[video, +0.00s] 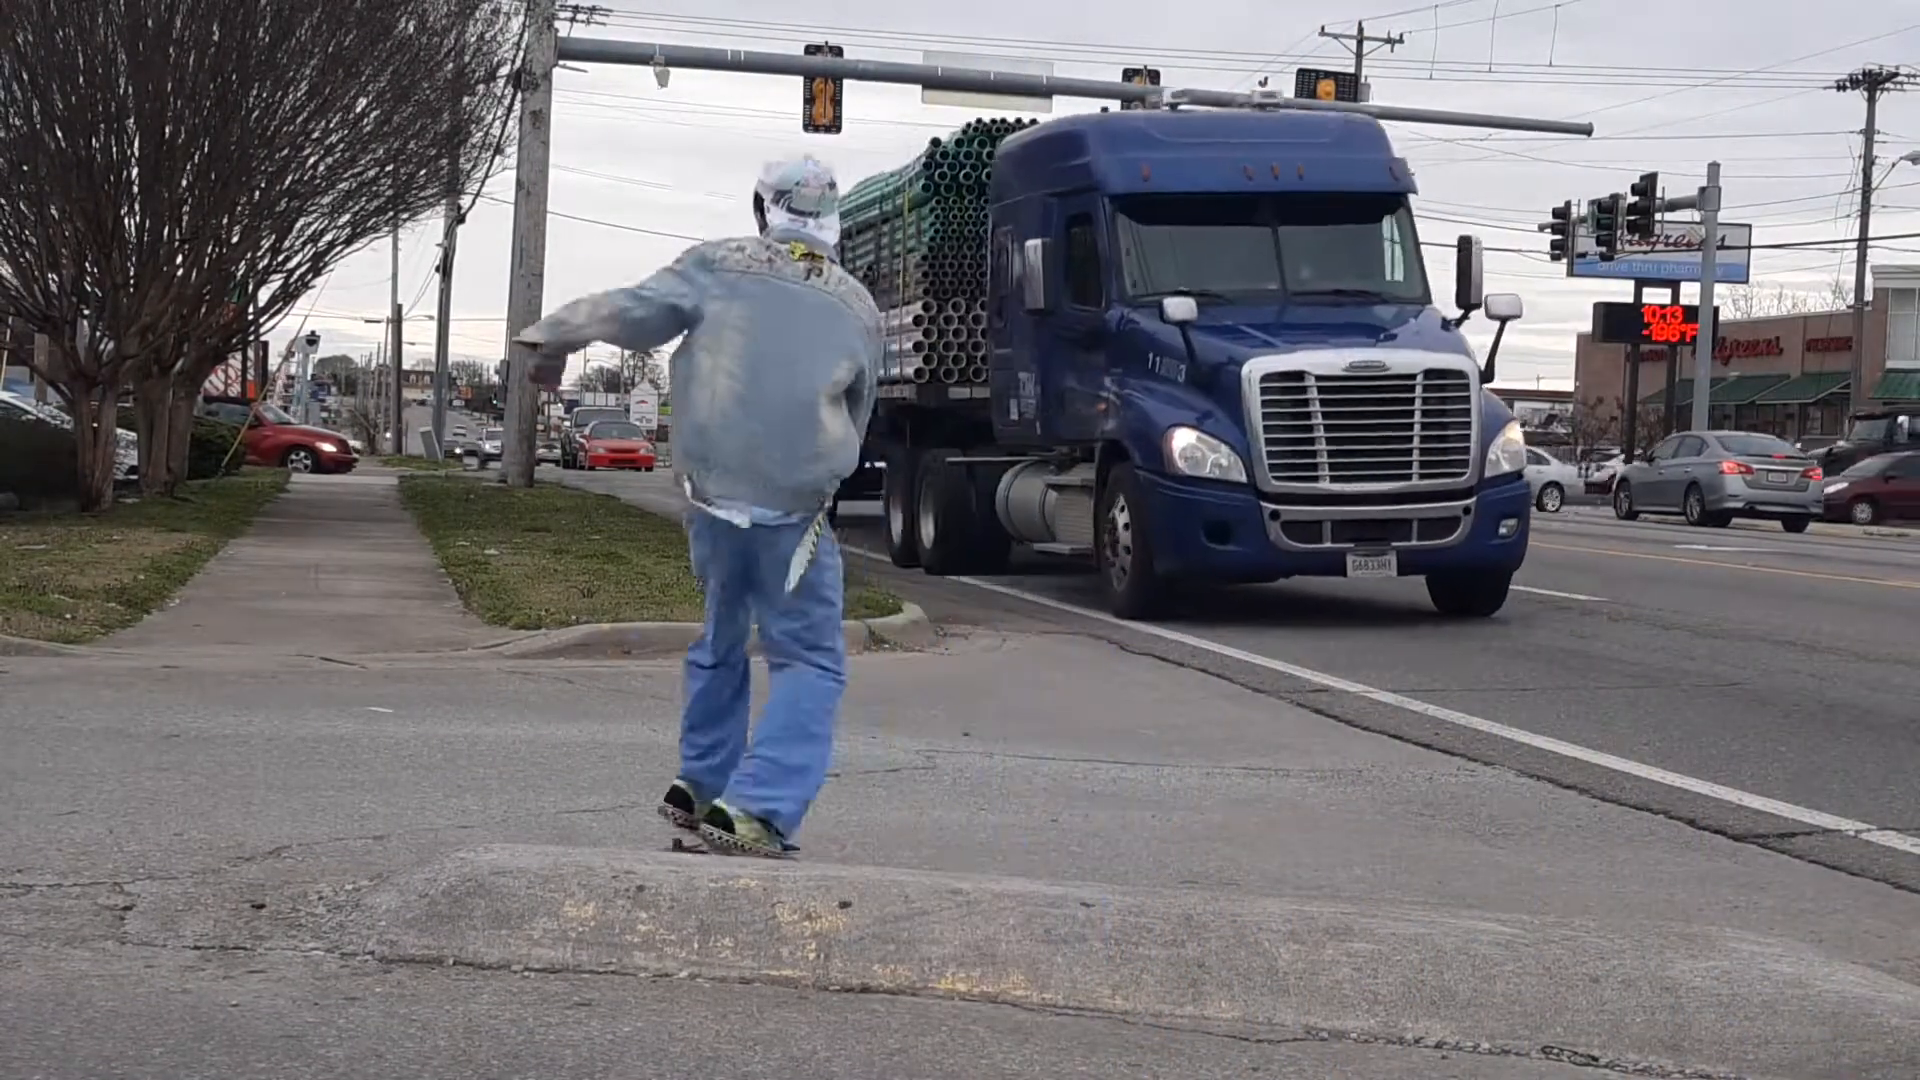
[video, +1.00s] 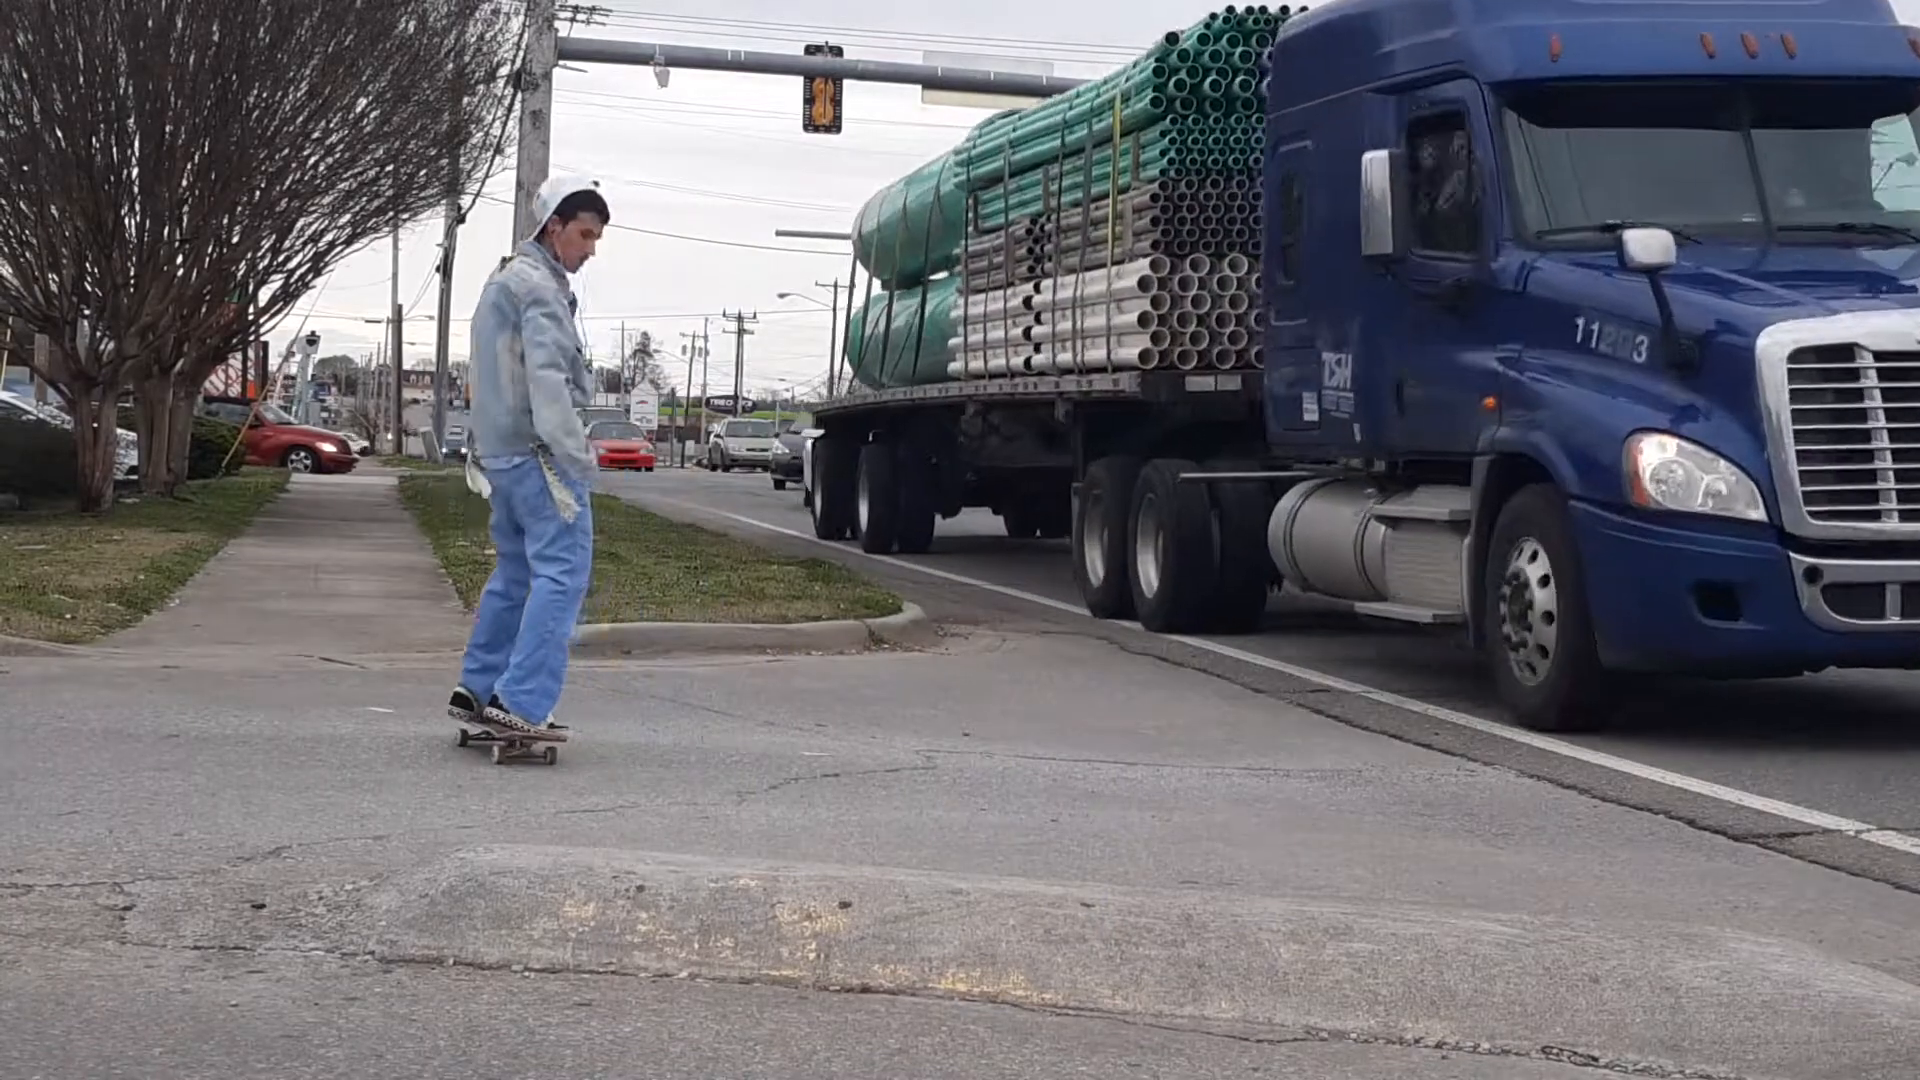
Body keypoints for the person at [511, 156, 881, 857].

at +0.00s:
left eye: (774, 208)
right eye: (825, 215)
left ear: (763, 210)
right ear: (833, 219)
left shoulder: (716, 264)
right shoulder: (859, 307)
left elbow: (628, 310)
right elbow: (856, 421)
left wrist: (548, 337)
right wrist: (811, 472)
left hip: (712, 490)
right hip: (796, 502)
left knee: (721, 641)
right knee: (811, 662)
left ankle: (700, 783)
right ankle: (757, 812)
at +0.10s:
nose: (734, 232)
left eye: (728, 220)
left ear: (729, 224)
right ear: (796, 232)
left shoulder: (688, 286)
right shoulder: (825, 317)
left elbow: (616, 367)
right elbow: (801, 396)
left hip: (682, 494)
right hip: (768, 507)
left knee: (689, 634)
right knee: (767, 658)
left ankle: (663, 776)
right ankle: (700, 805)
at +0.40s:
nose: (674, 230)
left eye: (651, 216)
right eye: (685, 220)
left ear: (635, 219)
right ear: (694, 224)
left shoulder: (589, 286)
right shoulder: (719, 300)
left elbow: (583, 386)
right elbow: (728, 392)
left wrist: (631, 454)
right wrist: (690, 457)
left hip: (612, 480)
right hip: (686, 483)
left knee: (622, 612)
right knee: (685, 622)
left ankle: (606, 743)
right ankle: (649, 764)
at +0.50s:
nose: (673, 232)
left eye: (665, 221)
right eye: (675, 223)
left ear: (616, 218)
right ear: (673, 225)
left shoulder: (561, 285)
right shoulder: (686, 292)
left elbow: (545, 379)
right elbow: (711, 401)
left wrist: (591, 451)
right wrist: (729, 485)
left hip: (587, 479)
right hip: (655, 478)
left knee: (603, 603)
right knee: (671, 607)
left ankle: (588, 732)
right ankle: (636, 750)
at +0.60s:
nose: (662, 243)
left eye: (663, 232)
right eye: (663, 232)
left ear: (602, 219)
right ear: (650, 225)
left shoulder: (539, 283)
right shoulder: (652, 285)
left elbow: (509, 381)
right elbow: (707, 390)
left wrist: (519, 462)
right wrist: (766, 456)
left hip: (558, 467)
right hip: (620, 469)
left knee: (580, 591)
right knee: (652, 592)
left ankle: (565, 724)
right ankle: (621, 743)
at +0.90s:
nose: (612, 252)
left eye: (616, 241)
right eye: (610, 238)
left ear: (578, 228)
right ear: (578, 225)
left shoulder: (509, 280)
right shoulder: (564, 285)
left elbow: (475, 374)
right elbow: (604, 378)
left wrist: (468, 444)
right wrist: (672, 417)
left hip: (510, 457)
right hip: (556, 455)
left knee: (531, 573)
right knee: (585, 576)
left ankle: (497, 694)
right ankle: (544, 714)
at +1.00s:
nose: (592, 250)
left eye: (596, 238)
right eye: (587, 235)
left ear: (552, 230)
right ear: (554, 226)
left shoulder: (505, 281)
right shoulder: (542, 288)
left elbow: (487, 378)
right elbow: (548, 389)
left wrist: (485, 450)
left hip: (498, 454)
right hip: (531, 455)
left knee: (516, 567)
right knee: (563, 571)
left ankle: (479, 686)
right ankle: (522, 703)